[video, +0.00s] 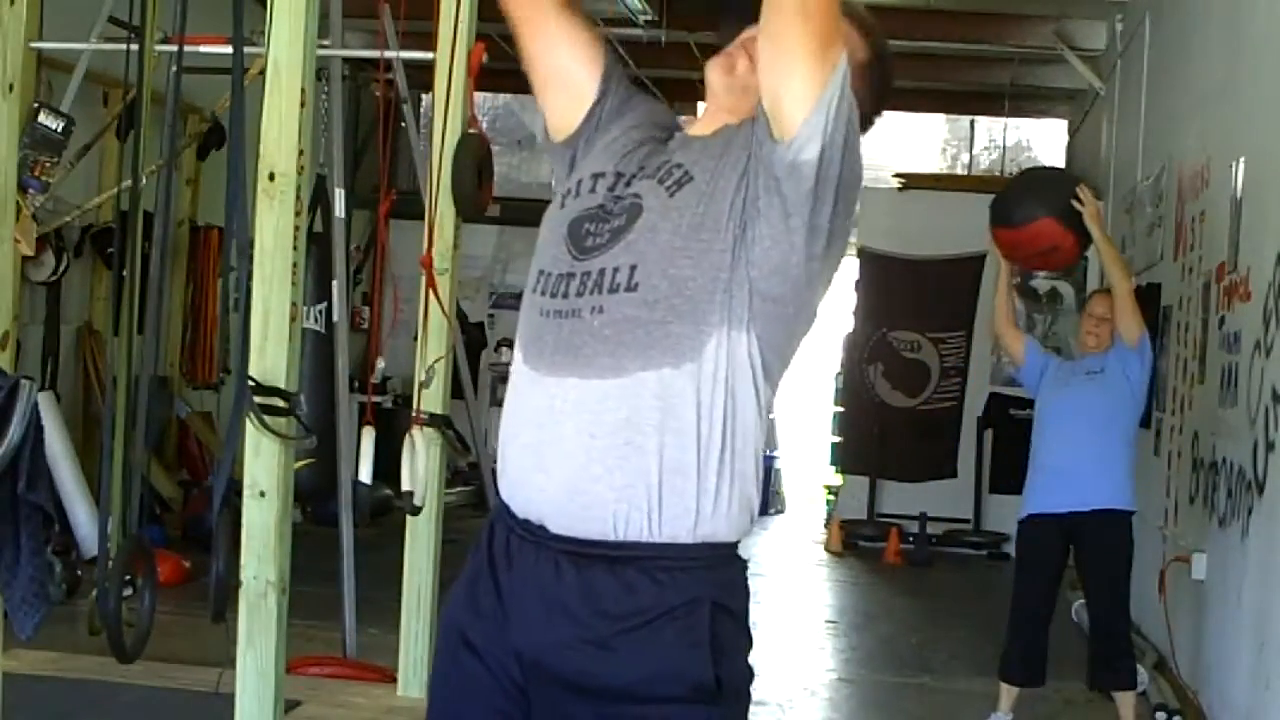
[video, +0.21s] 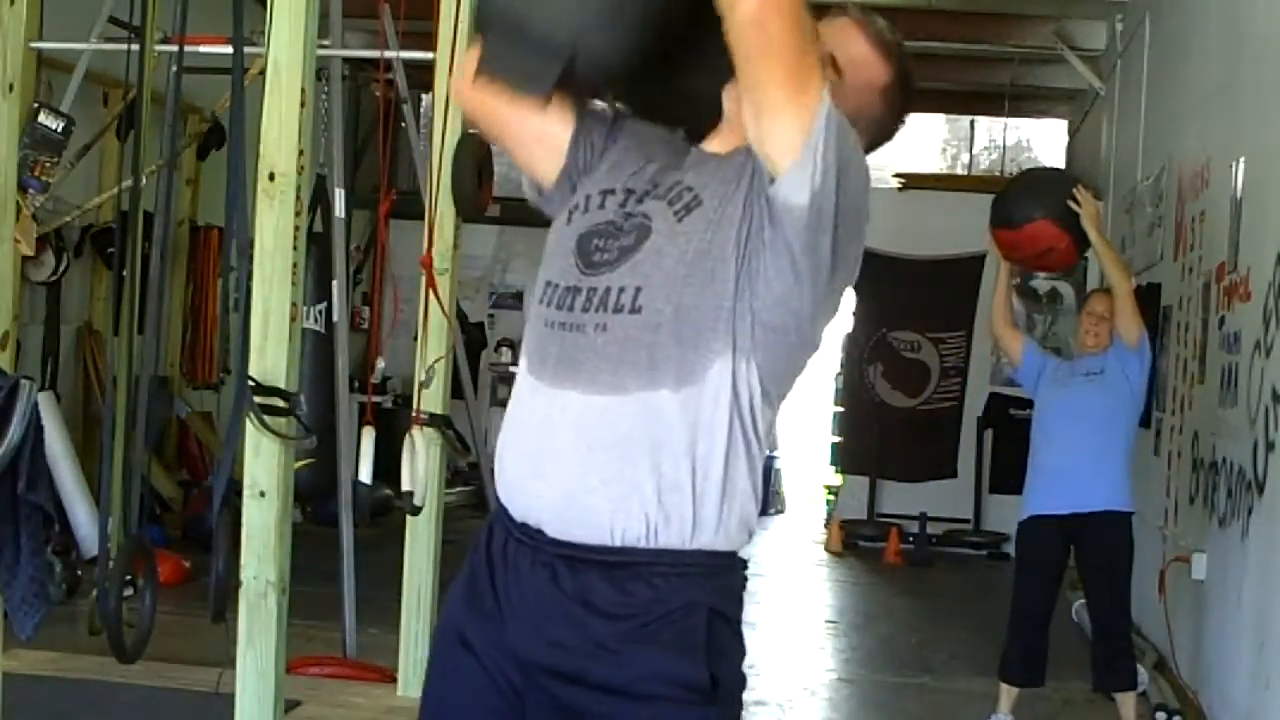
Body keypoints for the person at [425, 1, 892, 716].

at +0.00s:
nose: (759, 34)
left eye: (806, 45)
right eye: (773, 26)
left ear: (830, 98)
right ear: (739, 37)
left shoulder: (794, 169)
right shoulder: (613, 132)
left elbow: (803, 0)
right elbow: (530, 3)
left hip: (660, 606)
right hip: (506, 574)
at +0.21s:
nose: (806, 58)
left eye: (833, 64)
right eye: (816, 41)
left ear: (853, 130)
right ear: (767, 45)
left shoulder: (811, 194)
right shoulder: (614, 154)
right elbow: (473, 75)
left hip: (657, 612)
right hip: (504, 577)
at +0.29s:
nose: (795, 73)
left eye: (829, 88)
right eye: (806, 52)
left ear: (854, 156)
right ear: (785, 42)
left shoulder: (816, 215)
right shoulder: (611, 180)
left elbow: (729, 29)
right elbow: (454, 152)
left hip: (646, 624)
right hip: (496, 585)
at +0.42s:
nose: (779, 103)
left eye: (817, 116)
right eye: (792, 75)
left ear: (844, 169)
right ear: (773, 65)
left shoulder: (818, 237)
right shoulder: (629, 191)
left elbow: (686, 115)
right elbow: (487, 229)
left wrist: (683, 32)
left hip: (637, 633)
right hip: (490, 590)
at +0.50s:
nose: (762, 128)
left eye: (804, 132)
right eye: (773, 95)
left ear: (829, 178)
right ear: (752, 83)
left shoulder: (808, 258)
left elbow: (656, 210)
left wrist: (648, 107)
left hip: (630, 637)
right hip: (481, 597)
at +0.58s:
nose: (754, 137)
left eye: (795, 135)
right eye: (761, 100)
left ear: (822, 174)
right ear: (733, 90)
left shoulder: (802, 260)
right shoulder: (619, 200)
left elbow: (644, 270)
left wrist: (627, 147)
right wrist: (503, 125)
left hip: (628, 639)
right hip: (476, 601)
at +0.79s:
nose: (724, 132)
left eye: (761, 121)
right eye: (720, 93)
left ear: (787, 140)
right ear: (685, 72)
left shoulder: (788, 237)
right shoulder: (592, 189)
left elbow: (648, 355)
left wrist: (587, 201)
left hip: (648, 632)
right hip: (491, 597)